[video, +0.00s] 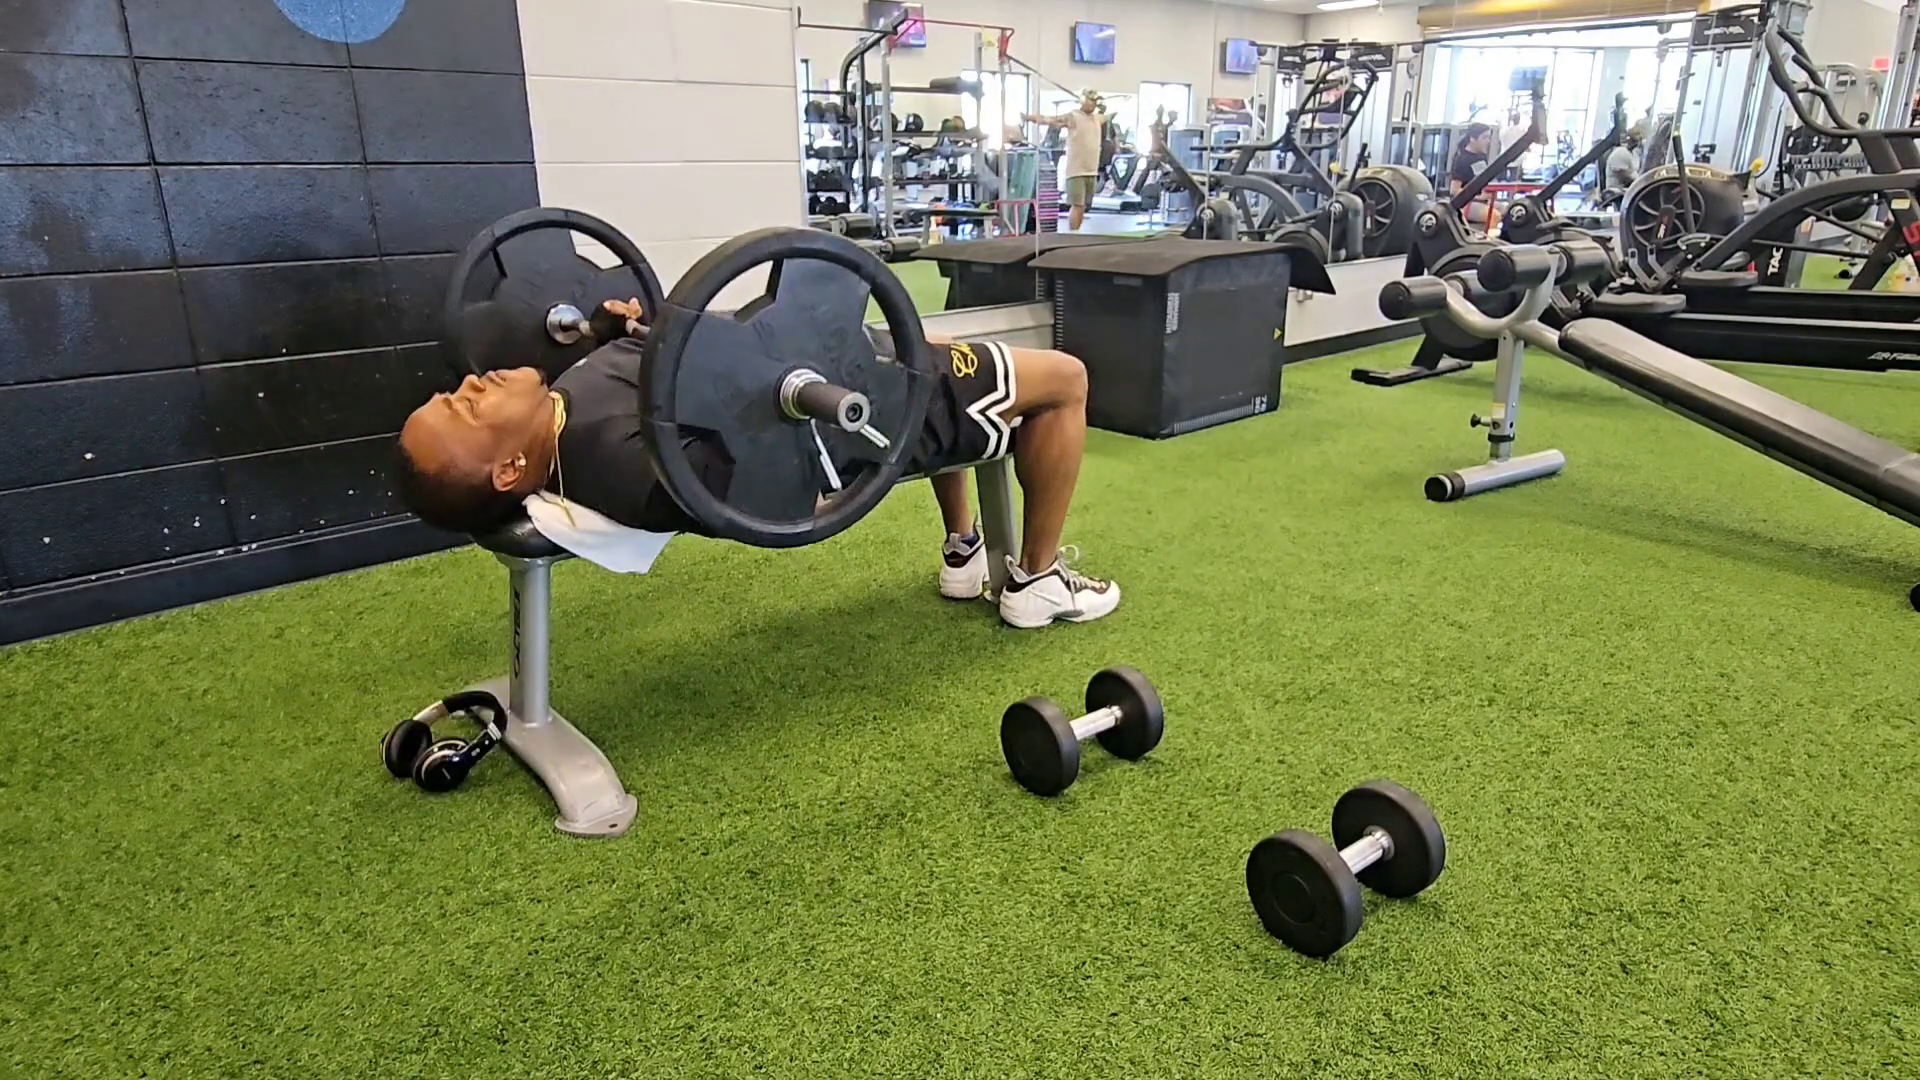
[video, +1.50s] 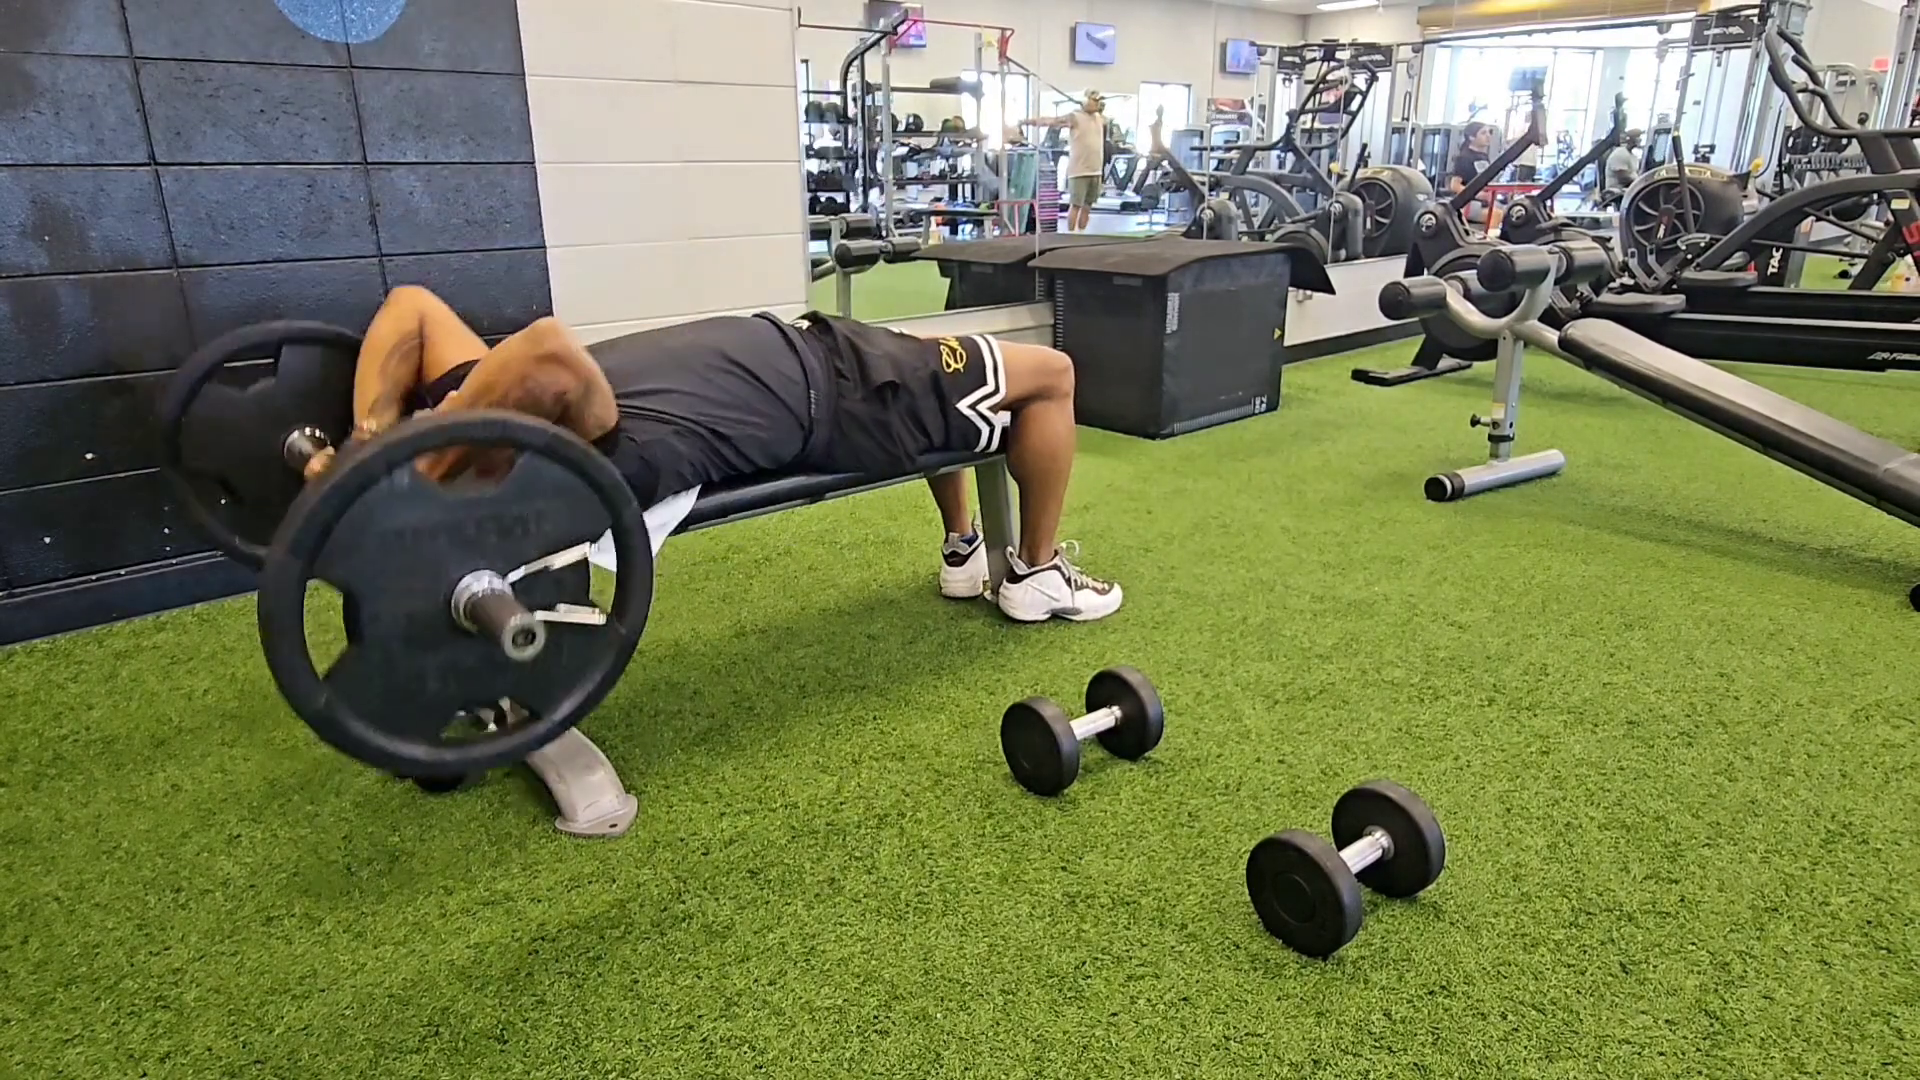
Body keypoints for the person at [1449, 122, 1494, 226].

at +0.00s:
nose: (1488, 141)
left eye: (1489, 137)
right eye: (1485, 137)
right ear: (1472, 139)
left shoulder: (1483, 157)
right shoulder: (1462, 159)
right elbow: (1454, 190)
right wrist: (1480, 197)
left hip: (1484, 200)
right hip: (1466, 203)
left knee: (1506, 209)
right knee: (1494, 216)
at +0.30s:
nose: (1487, 138)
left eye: (1487, 134)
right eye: (1483, 134)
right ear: (1470, 138)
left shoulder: (1483, 157)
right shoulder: (1461, 157)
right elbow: (1452, 186)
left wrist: (1490, 192)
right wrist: (1477, 194)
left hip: (1484, 200)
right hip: (1465, 202)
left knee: (1507, 209)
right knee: (1495, 216)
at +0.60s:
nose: (1488, 137)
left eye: (1488, 134)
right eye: (1483, 134)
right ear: (1470, 137)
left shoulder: (1483, 157)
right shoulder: (1462, 156)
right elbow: (1455, 184)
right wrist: (1479, 193)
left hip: (1485, 201)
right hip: (1467, 203)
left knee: (1507, 213)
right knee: (1495, 216)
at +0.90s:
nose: (1490, 136)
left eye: (1490, 132)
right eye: (1485, 133)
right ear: (1473, 137)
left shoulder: (1484, 156)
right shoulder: (1465, 156)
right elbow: (1456, 184)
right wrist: (1480, 194)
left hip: (1486, 202)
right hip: (1468, 203)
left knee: (1510, 212)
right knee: (1495, 216)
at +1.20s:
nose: (1489, 136)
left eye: (1489, 132)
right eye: (1484, 133)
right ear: (1472, 137)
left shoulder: (1484, 157)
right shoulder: (1465, 156)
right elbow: (1457, 185)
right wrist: (1479, 194)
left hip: (1486, 201)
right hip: (1468, 203)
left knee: (1508, 211)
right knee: (1496, 216)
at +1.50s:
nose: (1488, 136)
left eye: (1488, 132)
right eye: (1483, 133)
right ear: (1471, 137)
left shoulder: (1484, 156)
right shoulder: (1464, 157)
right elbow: (1455, 185)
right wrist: (1480, 195)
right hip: (1469, 203)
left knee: (1508, 212)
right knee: (1496, 215)